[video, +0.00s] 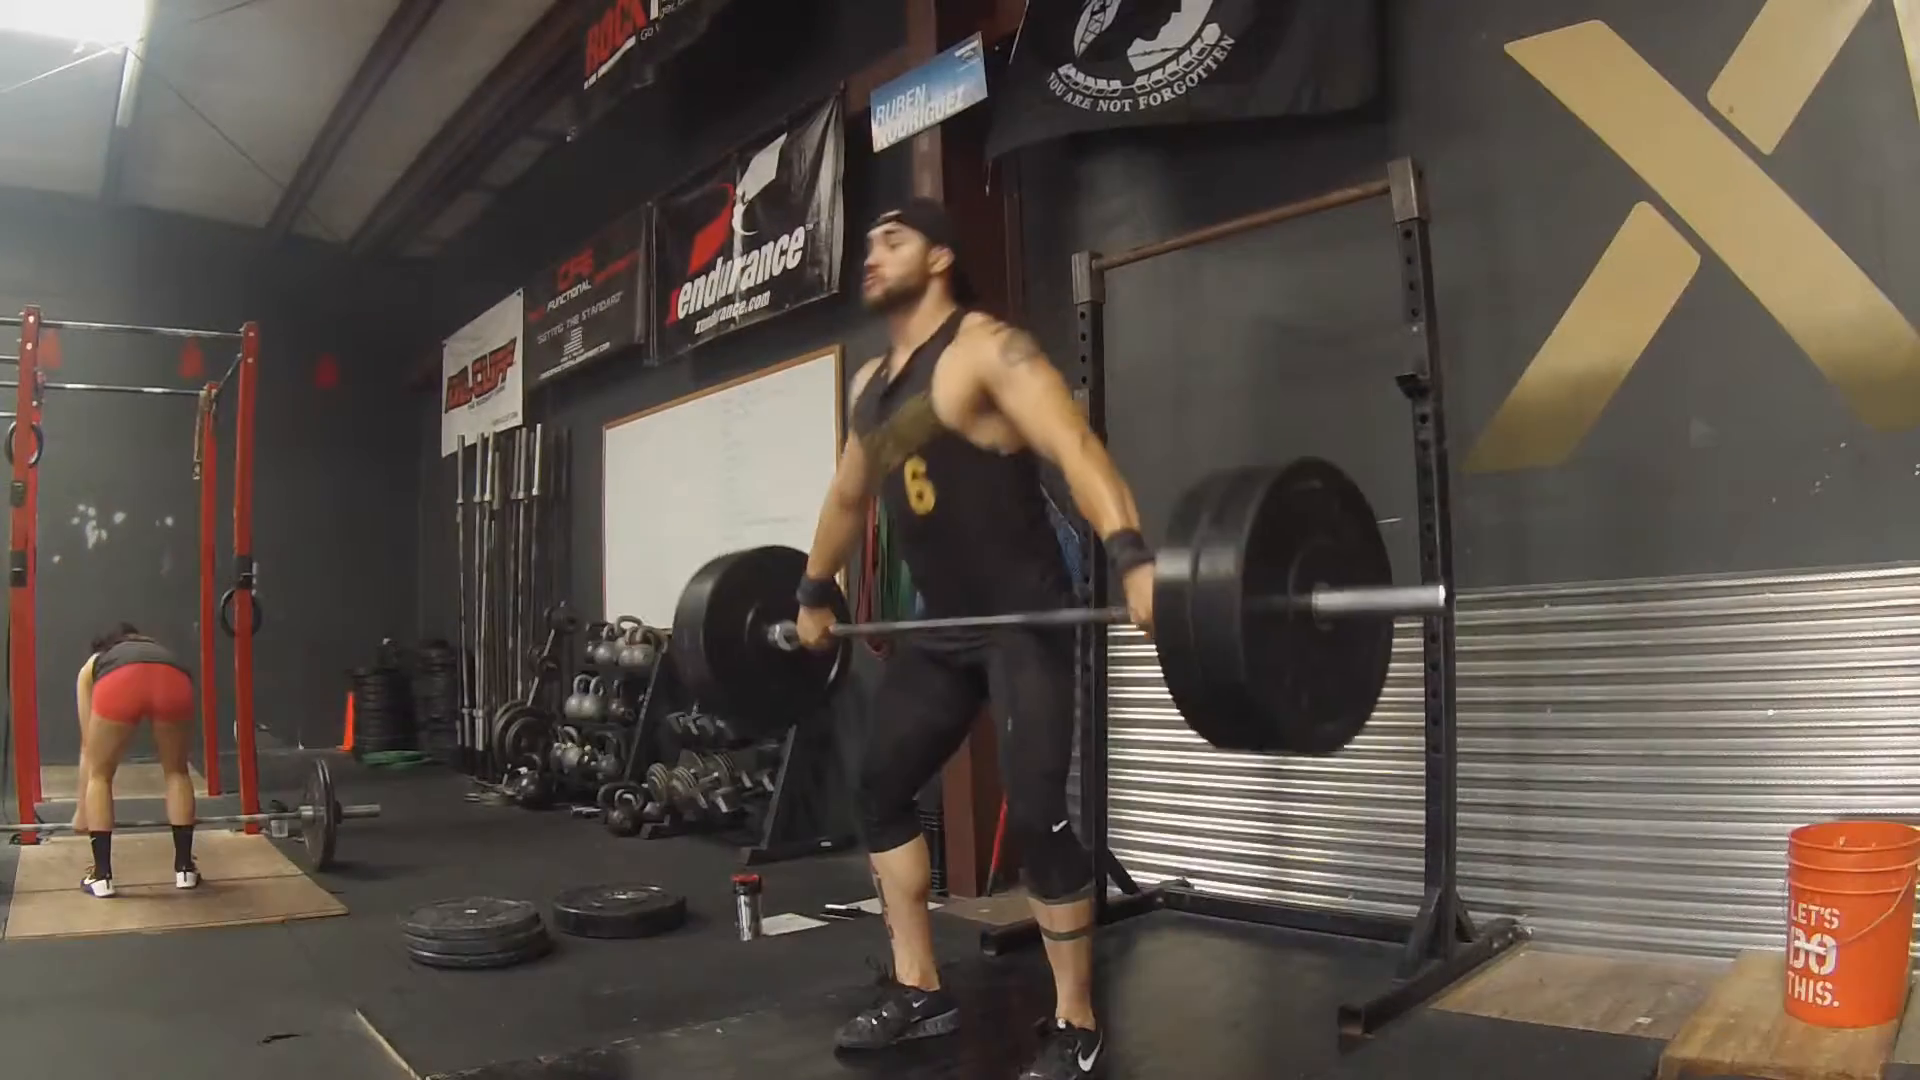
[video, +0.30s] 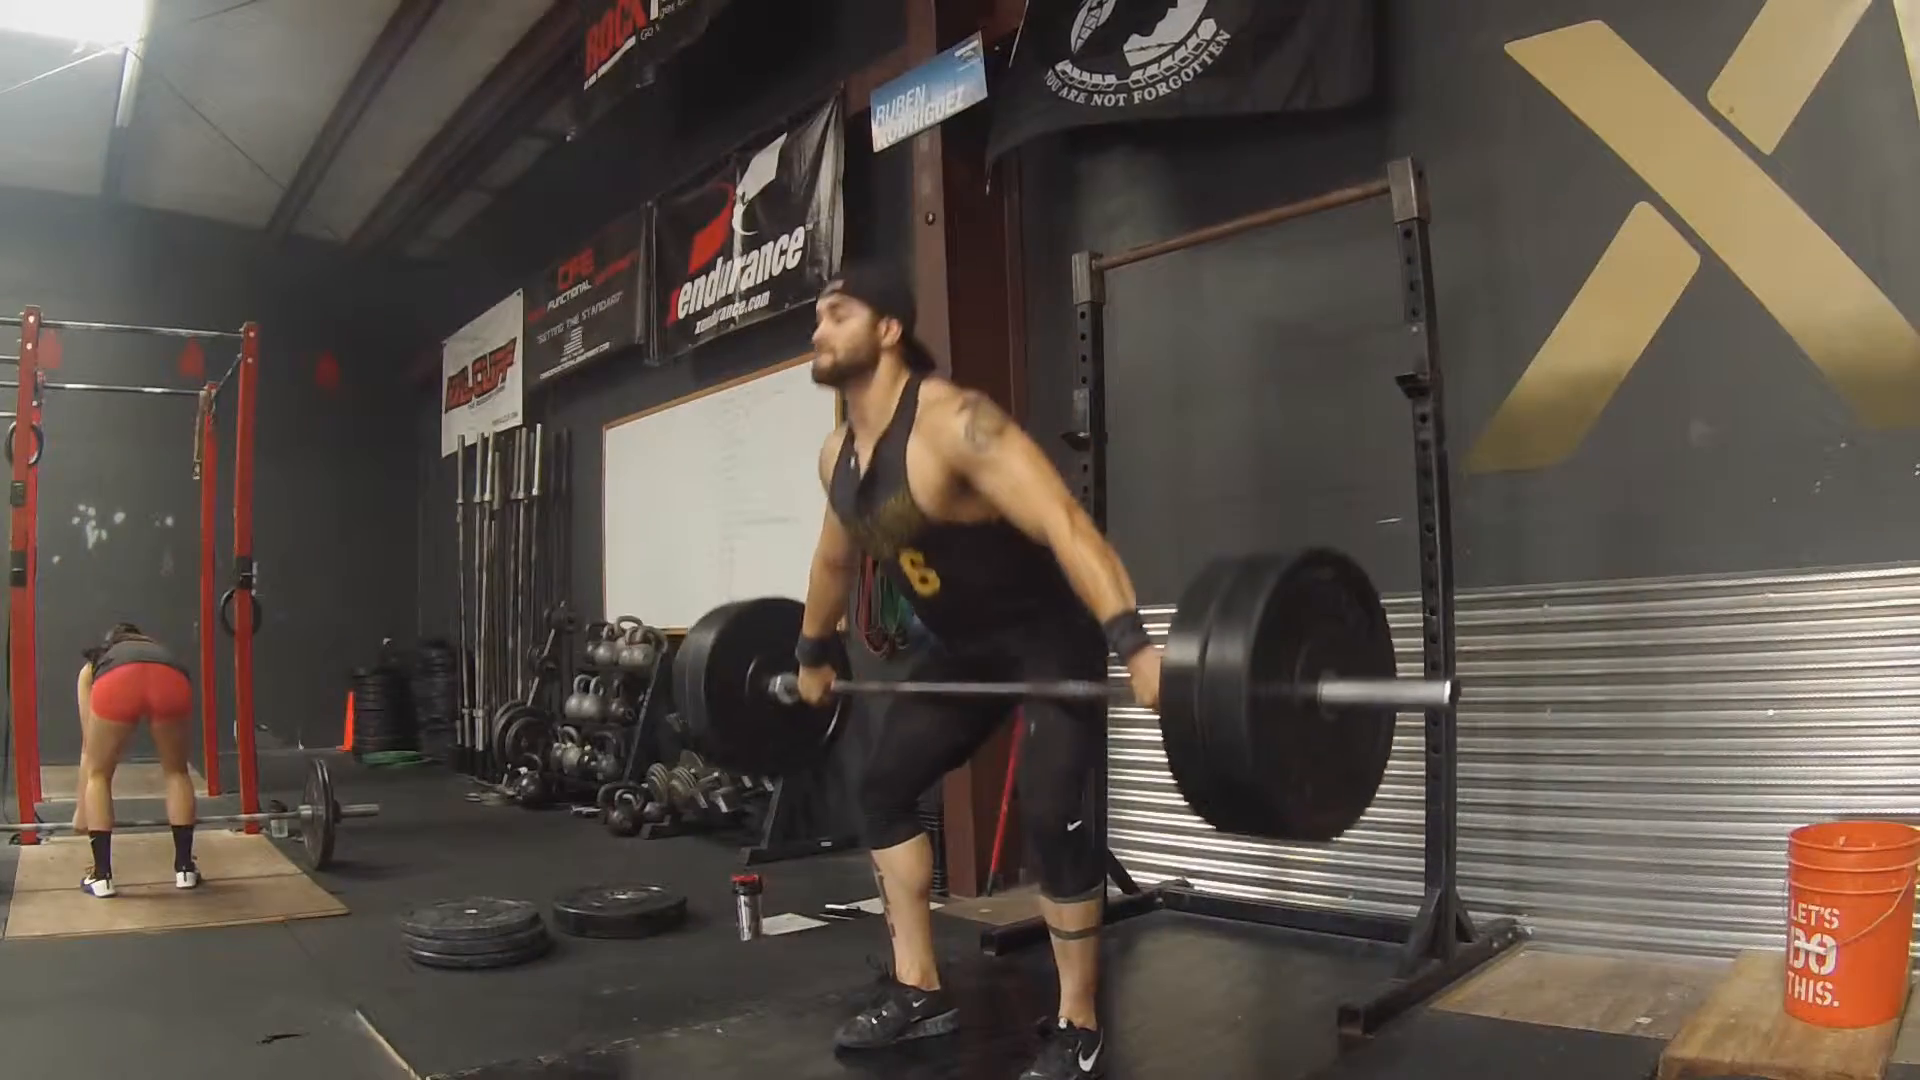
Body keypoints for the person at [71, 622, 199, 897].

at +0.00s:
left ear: (101, 648)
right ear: (136, 639)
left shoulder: (90, 668)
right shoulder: (161, 653)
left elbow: (88, 744)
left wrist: (82, 809)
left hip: (118, 682)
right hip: (173, 680)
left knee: (99, 775)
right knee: (177, 771)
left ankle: (102, 875)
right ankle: (184, 867)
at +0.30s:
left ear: (107, 644)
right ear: (142, 640)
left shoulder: (91, 668)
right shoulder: (161, 654)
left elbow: (89, 745)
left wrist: (82, 809)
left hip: (116, 682)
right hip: (170, 679)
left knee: (98, 774)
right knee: (176, 770)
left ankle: (102, 875)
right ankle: (185, 866)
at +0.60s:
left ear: (98, 628)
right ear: (132, 621)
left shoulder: (88, 647)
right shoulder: (153, 634)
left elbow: (86, 725)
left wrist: (80, 803)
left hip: (123, 679)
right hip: (175, 677)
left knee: (106, 775)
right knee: (179, 771)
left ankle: (102, 875)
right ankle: (185, 867)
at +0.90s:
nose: (66, 551)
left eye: (69, 544)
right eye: (67, 543)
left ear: (82, 545)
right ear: (107, 544)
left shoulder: (72, 580)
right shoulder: (130, 573)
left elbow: (70, 646)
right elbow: (151, 636)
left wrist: (65, 708)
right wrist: (152, 709)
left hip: (133, 668)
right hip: (177, 663)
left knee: (99, 770)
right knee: (171, 768)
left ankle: (100, 874)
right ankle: (185, 865)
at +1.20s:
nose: (36, 501)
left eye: (40, 494)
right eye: (38, 493)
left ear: (57, 498)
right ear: (71, 498)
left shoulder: (45, 535)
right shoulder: (87, 532)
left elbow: (46, 607)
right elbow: (99, 597)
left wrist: (36, 667)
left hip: (89, 665)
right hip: (125, 659)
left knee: (79, 773)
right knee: (124, 759)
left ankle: (97, 876)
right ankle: (172, 847)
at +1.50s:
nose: (2, 492)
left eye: (6, 484)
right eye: (3, 484)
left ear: (25, 487)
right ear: (32, 486)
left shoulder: (32, 525)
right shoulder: (44, 524)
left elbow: (39, 595)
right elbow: (45, 595)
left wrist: (6, 637)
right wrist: (15, 635)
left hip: (61, 668)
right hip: (53, 666)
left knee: (65, 772)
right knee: (19, 759)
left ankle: (96, 873)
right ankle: (81, 839)